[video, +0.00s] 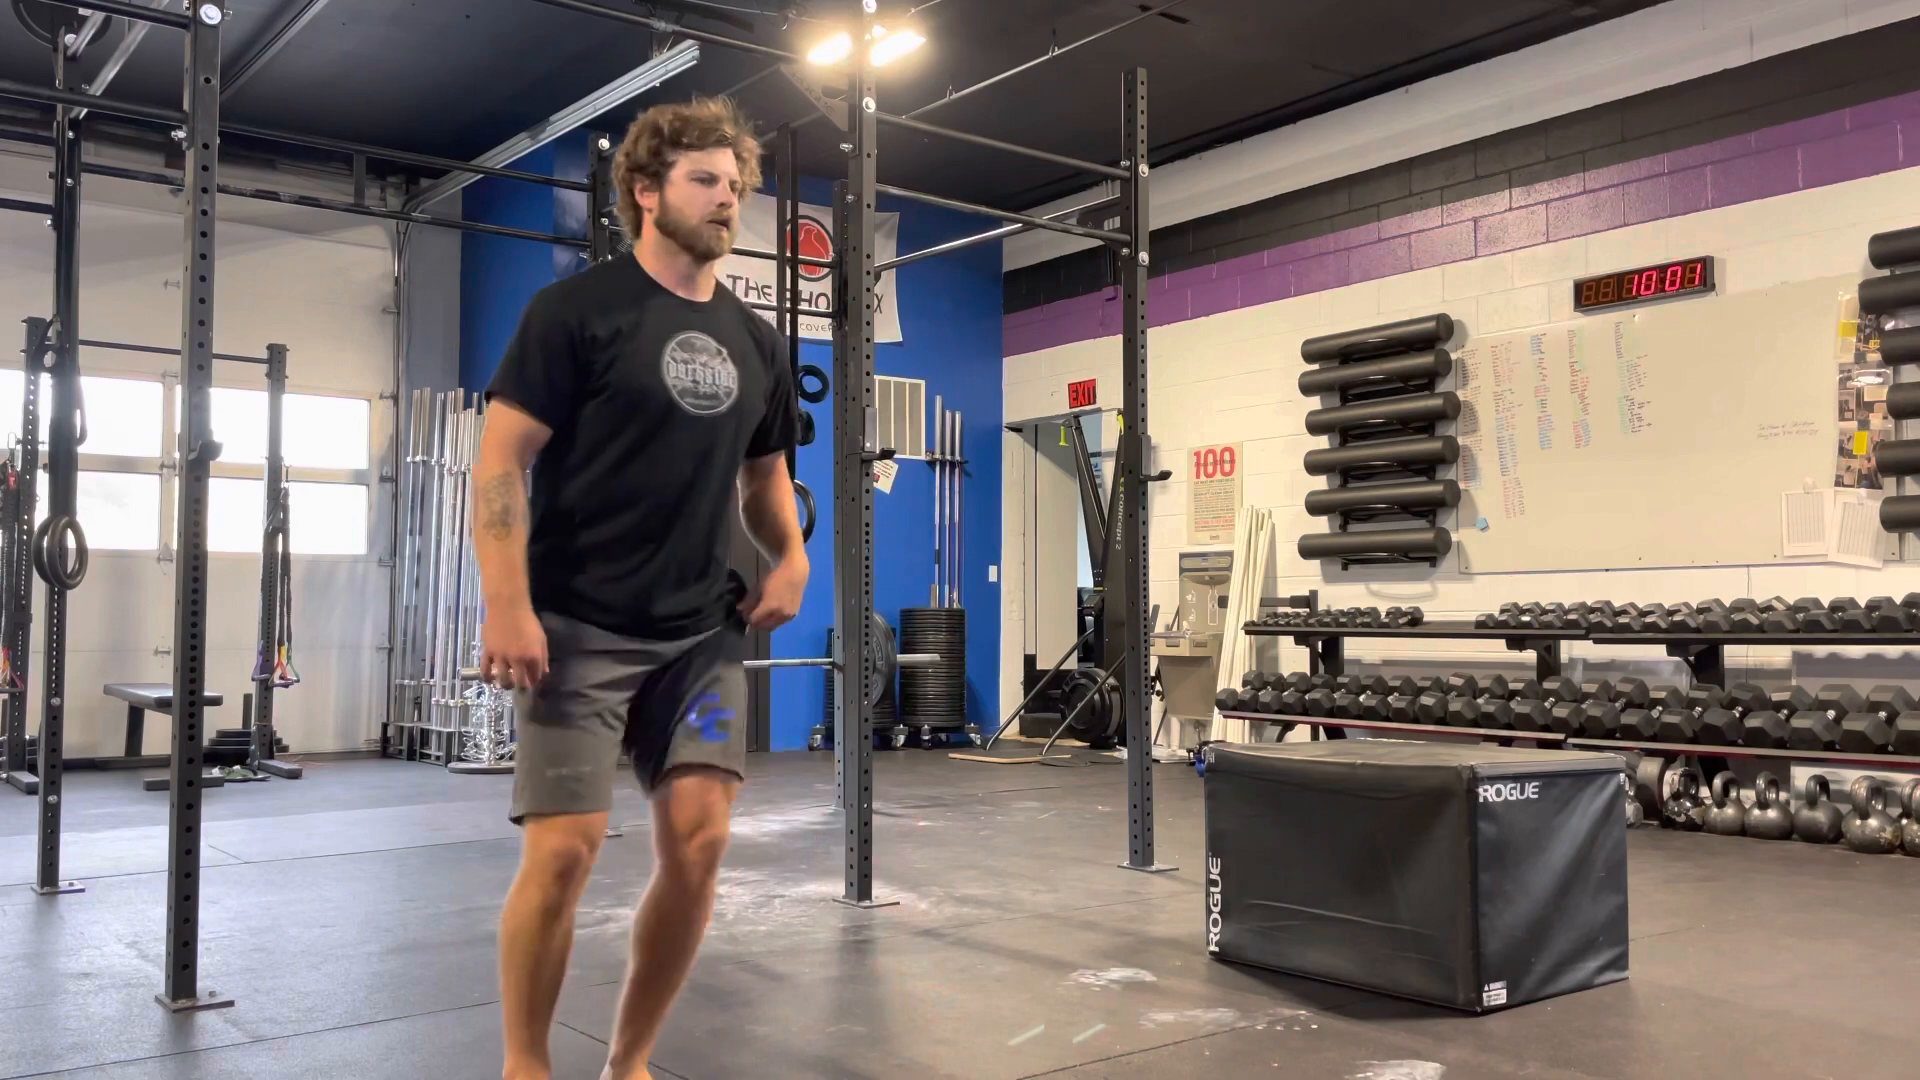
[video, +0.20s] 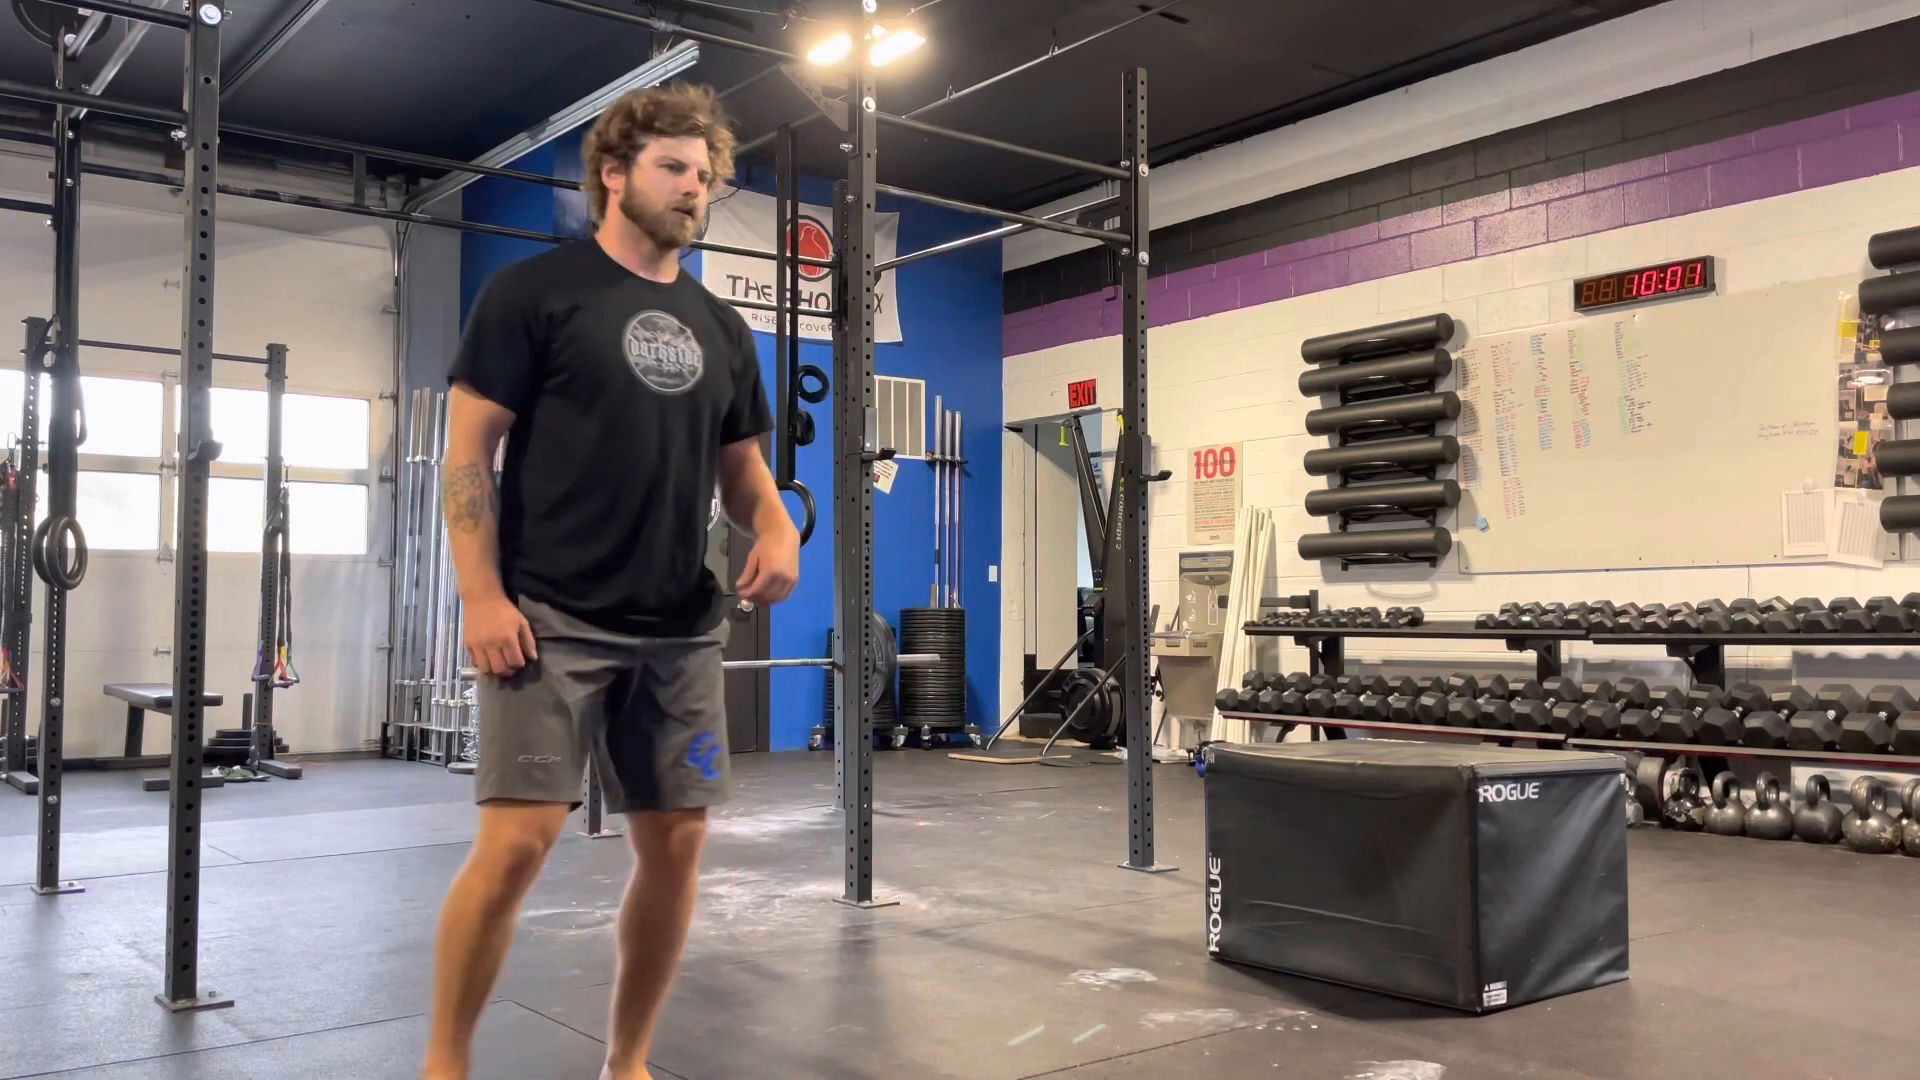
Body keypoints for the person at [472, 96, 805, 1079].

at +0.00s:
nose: (727, 199)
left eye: (735, 186)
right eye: (706, 181)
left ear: (740, 204)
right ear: (645, 194)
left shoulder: (756, 341)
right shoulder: (572, 310)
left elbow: (767, 472)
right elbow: (499, 461)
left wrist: (792, 553)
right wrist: (507, 606)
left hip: (705, 629)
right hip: (580, 626)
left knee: (701, 839)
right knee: (563, 852)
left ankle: (630, 1061)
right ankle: (524, 1065)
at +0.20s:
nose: (697, 187)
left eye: (706, 175)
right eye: (676, 168)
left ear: (710, 194)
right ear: (614, 176)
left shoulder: (720, 327)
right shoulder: (532, 289)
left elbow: (741, 461)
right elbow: (466, 451)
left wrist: (780, 528)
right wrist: (481, 596)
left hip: (681, 626)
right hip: (552, 619)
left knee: (677, 842)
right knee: (516, 843)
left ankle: (628, 1061)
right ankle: (446, 1062)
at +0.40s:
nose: (644, 186)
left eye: (654, 173)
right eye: (623, 165)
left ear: (662, 191)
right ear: (560, 171)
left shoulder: (663, 323)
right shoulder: (475, 293)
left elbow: (690, 469)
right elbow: (422, 458)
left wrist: (739, 517)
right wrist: (445, 607)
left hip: (640, 631)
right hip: (506, 627)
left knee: (655, 841)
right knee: (456, 858)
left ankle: (626, 1061)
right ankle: (399, 1071)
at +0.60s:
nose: (600, 177)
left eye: (610, 163)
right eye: (580, 155)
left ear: (612, 179)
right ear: (513, 158)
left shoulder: (612, 312)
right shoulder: (422, 278)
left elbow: (630, 465)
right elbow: (360, 451)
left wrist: (675, 569)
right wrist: (395, 595)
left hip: (588, 628)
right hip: (453, 627)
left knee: (615, 837)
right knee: (421, 861)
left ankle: (610, 1058)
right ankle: (389, 1071)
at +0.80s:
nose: (591, 174)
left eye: (598, 159)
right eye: (570, 152)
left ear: (599, 172)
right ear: (502, 152)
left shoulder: (594, 306)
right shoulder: (405, 277)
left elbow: (604, 464)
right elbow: (338, 453)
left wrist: (623, 604)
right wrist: (339, 607)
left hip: (570, 625)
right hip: (437, 619)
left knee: (577, 843)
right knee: (411, 856)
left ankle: (545, 1061)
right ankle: (388, 1071)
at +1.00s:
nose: (604, 179)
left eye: (612, 164)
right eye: (585, 157)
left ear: (614, 176)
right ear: (517, 156)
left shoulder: (605, 312)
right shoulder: (419, 275)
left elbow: (617, 464)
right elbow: (355, 449)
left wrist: (642, 594)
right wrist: (353, 606)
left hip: (579, 627)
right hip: (448, 620)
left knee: (573, 847)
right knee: (418, 856)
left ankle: (543, 1063)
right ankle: (389, 1071)